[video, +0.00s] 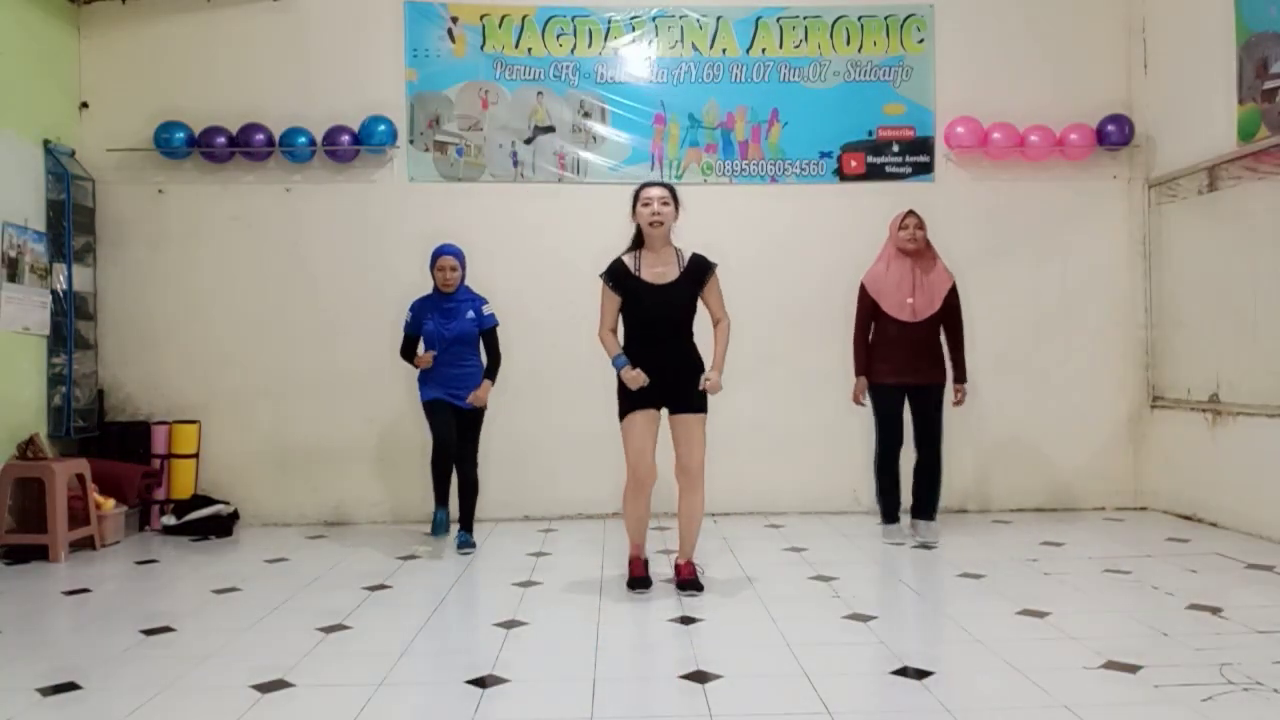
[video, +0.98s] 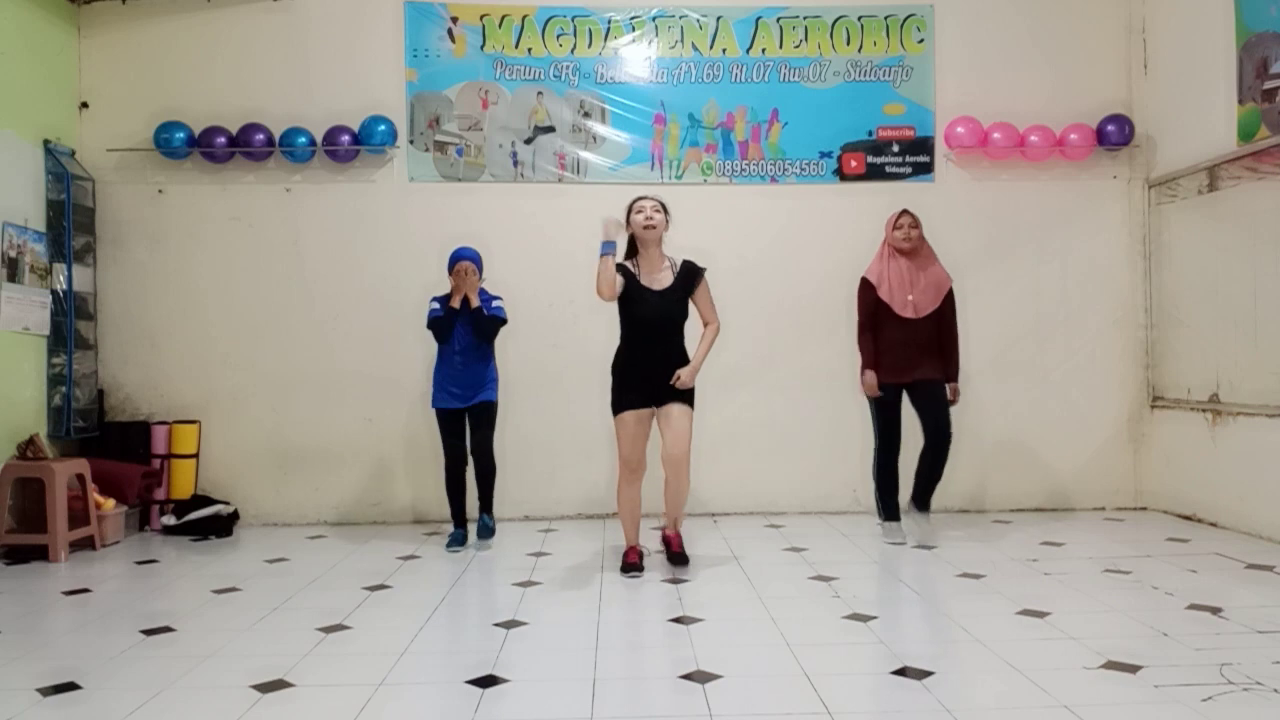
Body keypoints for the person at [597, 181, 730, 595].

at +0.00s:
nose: (656, 209)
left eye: (664, 203)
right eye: (647, 203)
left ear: (676, 213)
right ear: (635, 215)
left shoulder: (697, 267)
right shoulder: (621, 269)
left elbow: (721, 320)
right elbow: (606, 330)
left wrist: (715, 369)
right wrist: (623, 366)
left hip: (686, 375)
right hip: (638, 376)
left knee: (691, 472)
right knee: (641, 474)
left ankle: (686, 561)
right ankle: (637, 556)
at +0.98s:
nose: (649, 216)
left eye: (656, 211)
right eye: (640, 212)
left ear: (667, 224)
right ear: (630, 228)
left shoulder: (688, 272)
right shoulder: (623, 269)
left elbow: (711, 325)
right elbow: (606, 291)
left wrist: (693, 366)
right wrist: (609, 241)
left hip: (674, 375)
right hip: (631, 376)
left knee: (678, 460)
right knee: (632, 467)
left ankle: (673, 532)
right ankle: (632, 546)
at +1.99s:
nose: (655, 220)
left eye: (662, 214)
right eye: (647, 215)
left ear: (675, 227)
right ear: (636, 226)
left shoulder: (688, 268)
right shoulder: (628, 266)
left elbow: (696, 266)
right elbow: (617, 280)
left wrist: (686, 239)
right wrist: (636, 258)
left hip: (686, 370)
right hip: (642, 370)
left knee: (686, 462)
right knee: (639, 437)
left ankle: (680, 545)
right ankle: (644, 513)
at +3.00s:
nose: (659, 220)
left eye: (667, 214)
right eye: (651, 214)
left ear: (678, 222)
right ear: (640, 222)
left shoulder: (693, 259)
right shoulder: (628, 260)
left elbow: (717, 202)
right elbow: (598, 203)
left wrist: (677, 206)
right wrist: (639, 202)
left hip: (687, 372)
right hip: (640, 373)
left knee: (688, 470)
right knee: (647, 472)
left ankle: (684, 545)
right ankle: (651, 552)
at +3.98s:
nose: (658, 214)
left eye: (667, 210)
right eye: (650, 211)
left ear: (679, 225)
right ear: (640, 226)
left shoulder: (699, 271)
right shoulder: (630, 272)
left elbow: (718, 330)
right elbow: (608, 316)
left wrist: (700, 379)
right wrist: (620, 264)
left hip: (688, 374)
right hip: (644, 372)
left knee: (687, 466)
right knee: (643, 452)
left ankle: (680, 549)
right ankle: (646, 532)